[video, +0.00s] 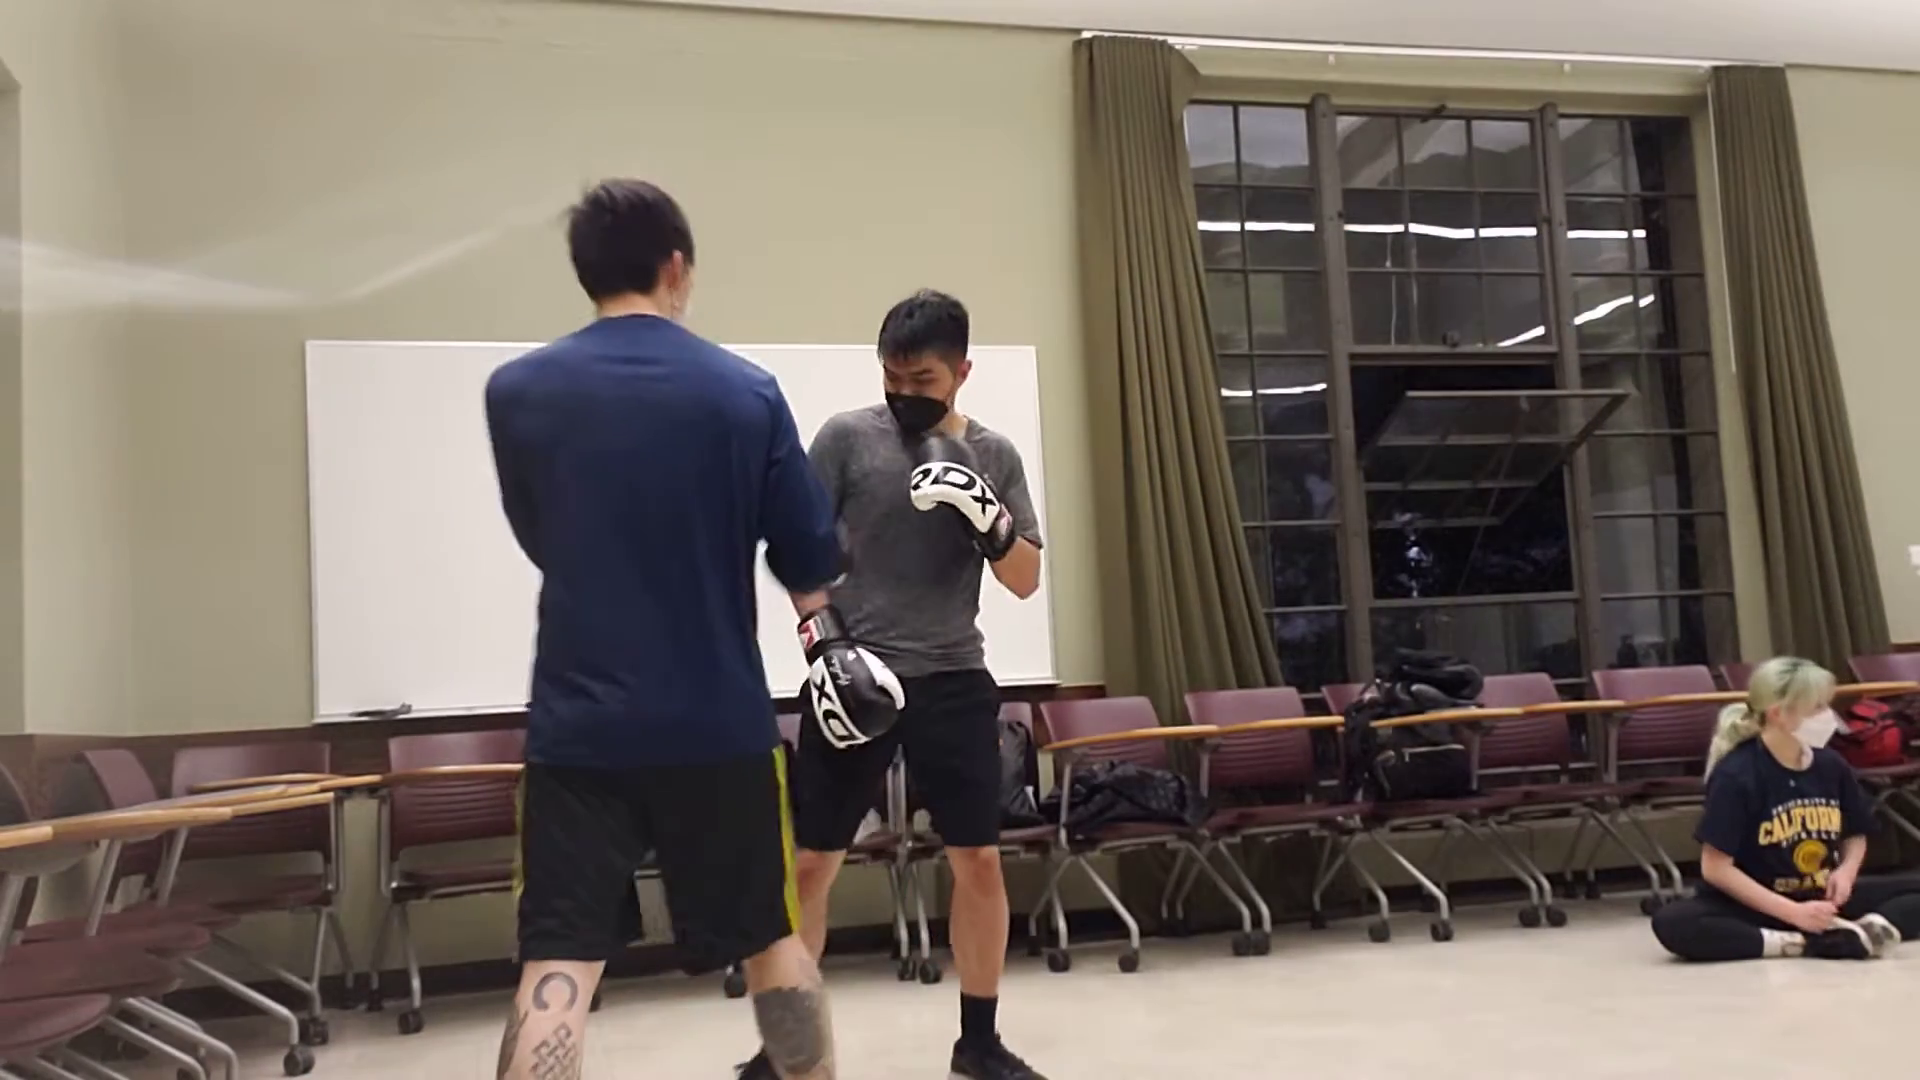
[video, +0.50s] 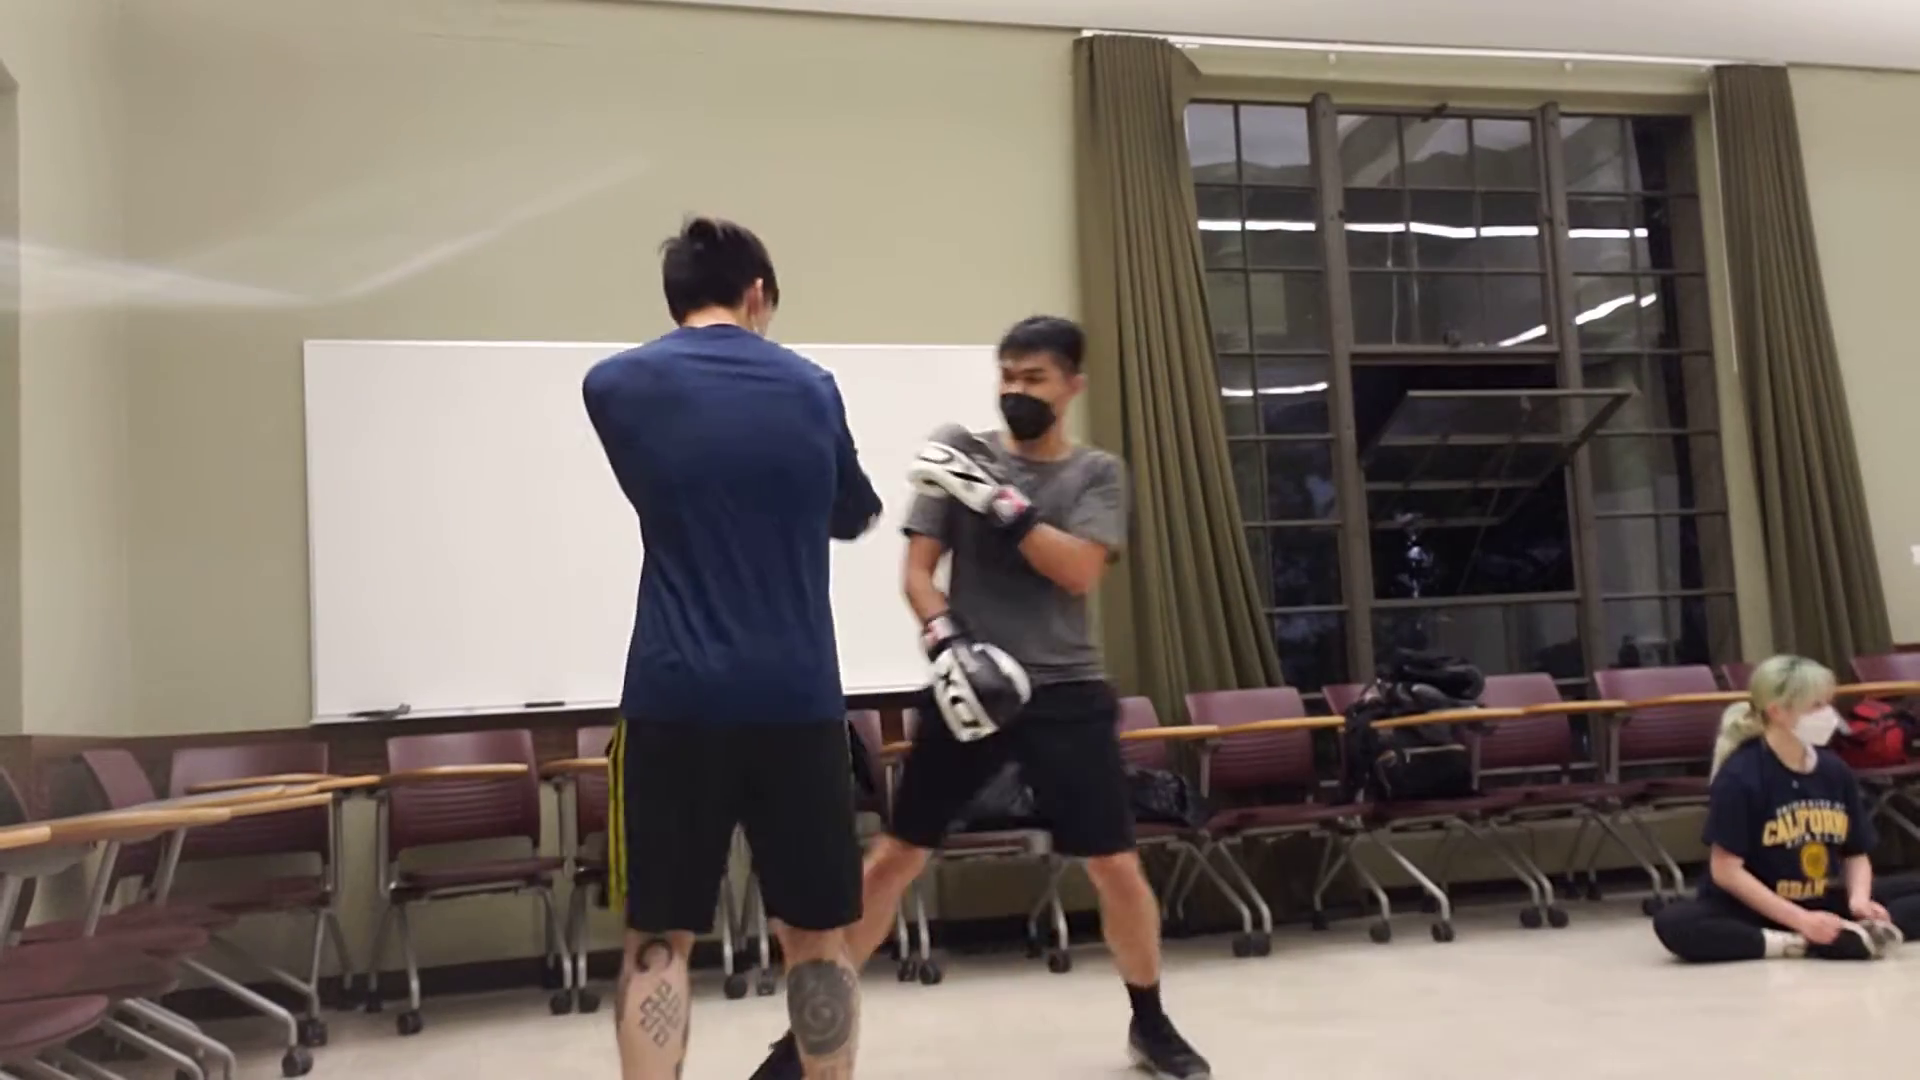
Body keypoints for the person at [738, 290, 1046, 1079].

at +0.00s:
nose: (912, 394)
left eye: (929, 378)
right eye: (899, 377)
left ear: (963, 370)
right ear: (880, 367)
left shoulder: (993, 456)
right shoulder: (843, 439)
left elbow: (1024, 580)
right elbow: (800, 548)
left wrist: (990, 518)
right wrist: (824, 644)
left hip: (952, 680)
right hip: (853, 677)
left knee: (979, 859)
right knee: (811, 862)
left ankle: (979, 1040)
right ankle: (783, 1046)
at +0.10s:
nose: (901, 384)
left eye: (920, 369)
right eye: (890, 368)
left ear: (958, 366)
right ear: (876, 361)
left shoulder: (988, 455)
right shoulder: (840, 440)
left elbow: (1009, 580)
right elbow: (793, 548)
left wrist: (970, 515)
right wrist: (825, 640)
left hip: (951, 678)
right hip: (854, 676)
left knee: (981, 858)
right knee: (825, 862)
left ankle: (980, 1038)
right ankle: (798, 1045)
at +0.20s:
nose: (908, 391)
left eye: (924, 377)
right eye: (896, 377)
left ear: (960, 375)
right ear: (881, 375)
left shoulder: (986, 468)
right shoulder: (844, 454)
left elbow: (997, 590)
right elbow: (807, 570)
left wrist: (961, 525)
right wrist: (829, 660)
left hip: (954, 687)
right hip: (859, 686)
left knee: (1007, 850)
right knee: (812, 864)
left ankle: (1011, 1022)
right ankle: (804, 1043)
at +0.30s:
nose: (938, 399)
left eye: (955, 385)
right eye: (927, 384)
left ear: (985, 385)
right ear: (910, 380)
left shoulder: (1004, 474)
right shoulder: (869, 462)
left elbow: (1006, 584)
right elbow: (835, 576)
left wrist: (952, 500)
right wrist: (869, 658)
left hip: (970, 684)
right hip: (875, 685)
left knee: (1030, 851)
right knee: (822, 858)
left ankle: (1074, 1002)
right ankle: (804, 1036)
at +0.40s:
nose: (975, 397)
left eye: (993, 385)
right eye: (966, 383)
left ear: (1027, 388)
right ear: (952, 382)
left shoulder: (1045, 476)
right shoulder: (910, 462)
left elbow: (1028, 566)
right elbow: (877, 567)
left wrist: (960, 486)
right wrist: (905, 645)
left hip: (1006, 685)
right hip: (906, 682)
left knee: (1065, 857)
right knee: (855, 862)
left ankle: (1139, 1009)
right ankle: (805, 1033)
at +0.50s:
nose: (1018, 392)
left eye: (1035, 379)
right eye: (1008, 379)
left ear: (1073, 385)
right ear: (996, 383)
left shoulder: (1097, 471)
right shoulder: (962, 455)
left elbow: (1081, 572)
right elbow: (917, 572)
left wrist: (998, 502)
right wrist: (946, 641)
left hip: (1067, 695)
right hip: (970, 692)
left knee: (1116, 865)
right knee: (892, 859)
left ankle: (1151, 1022)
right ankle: (811, 1029)